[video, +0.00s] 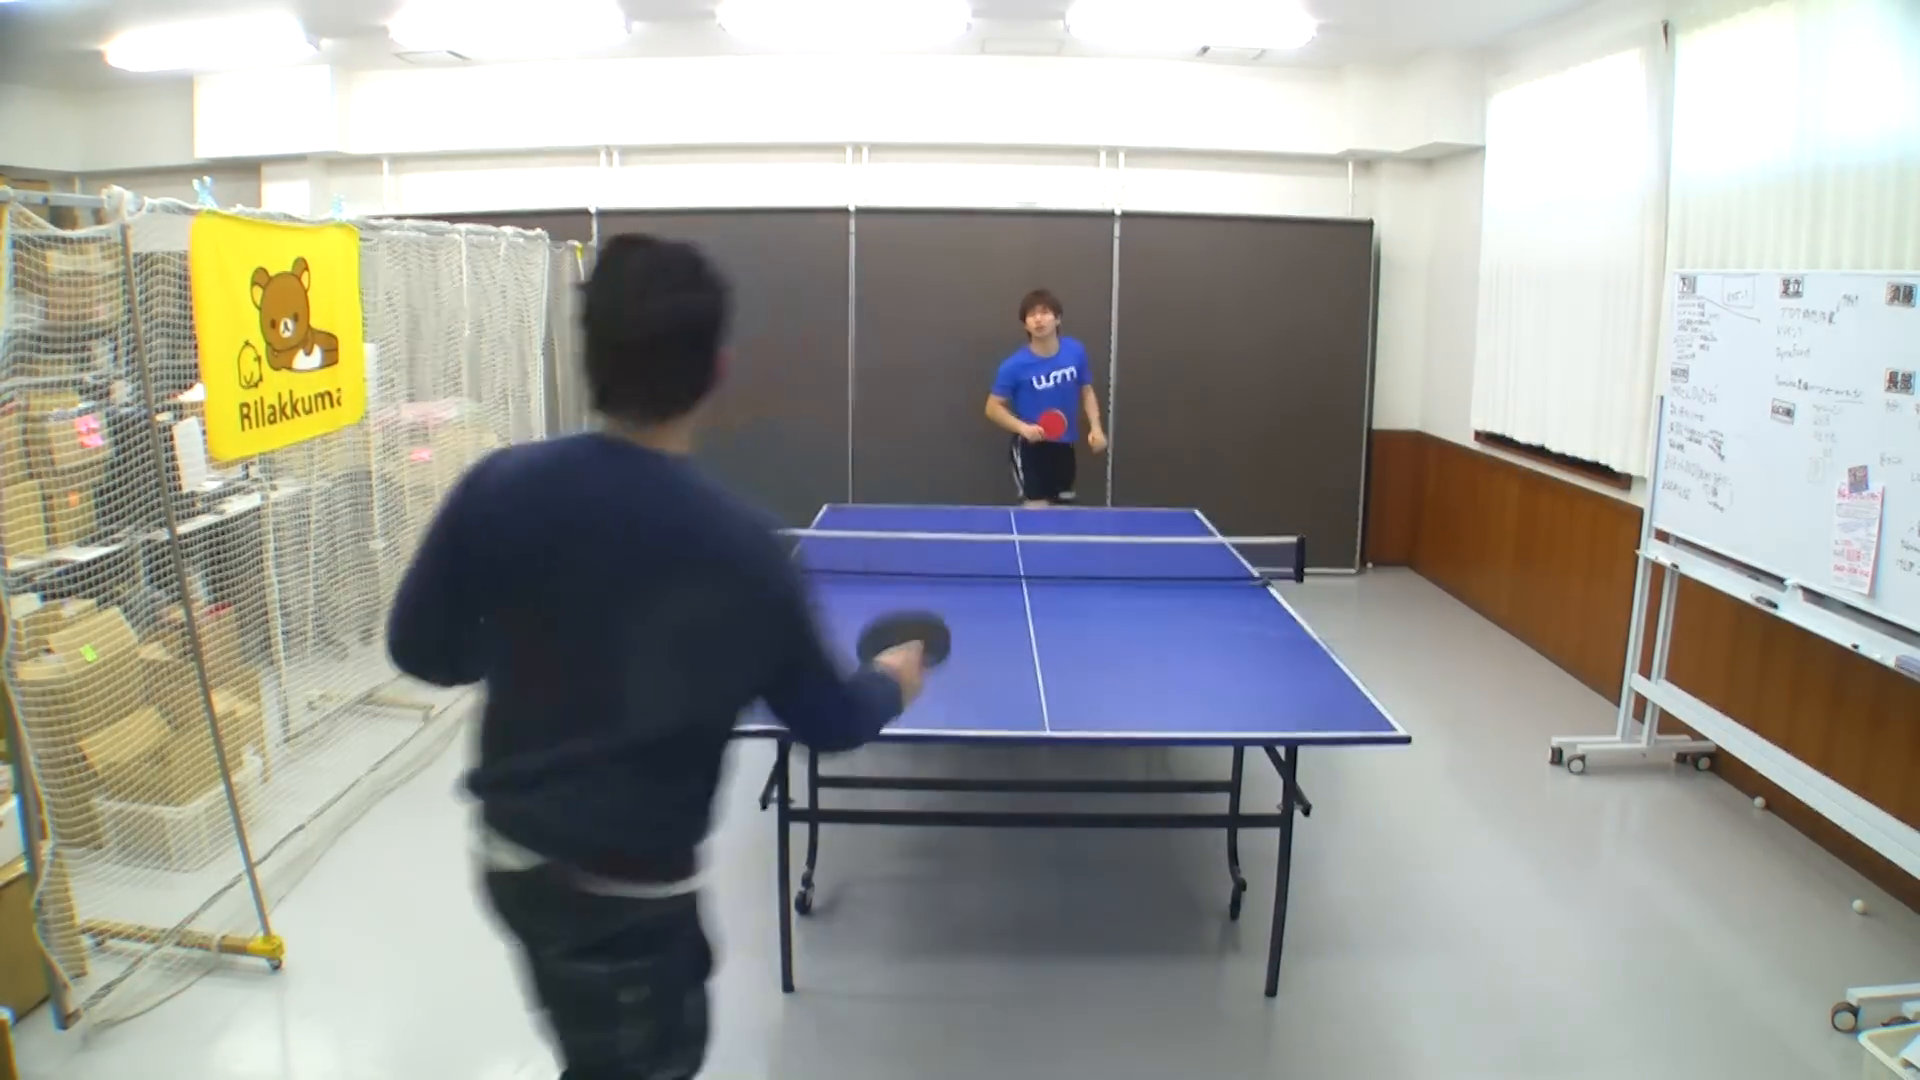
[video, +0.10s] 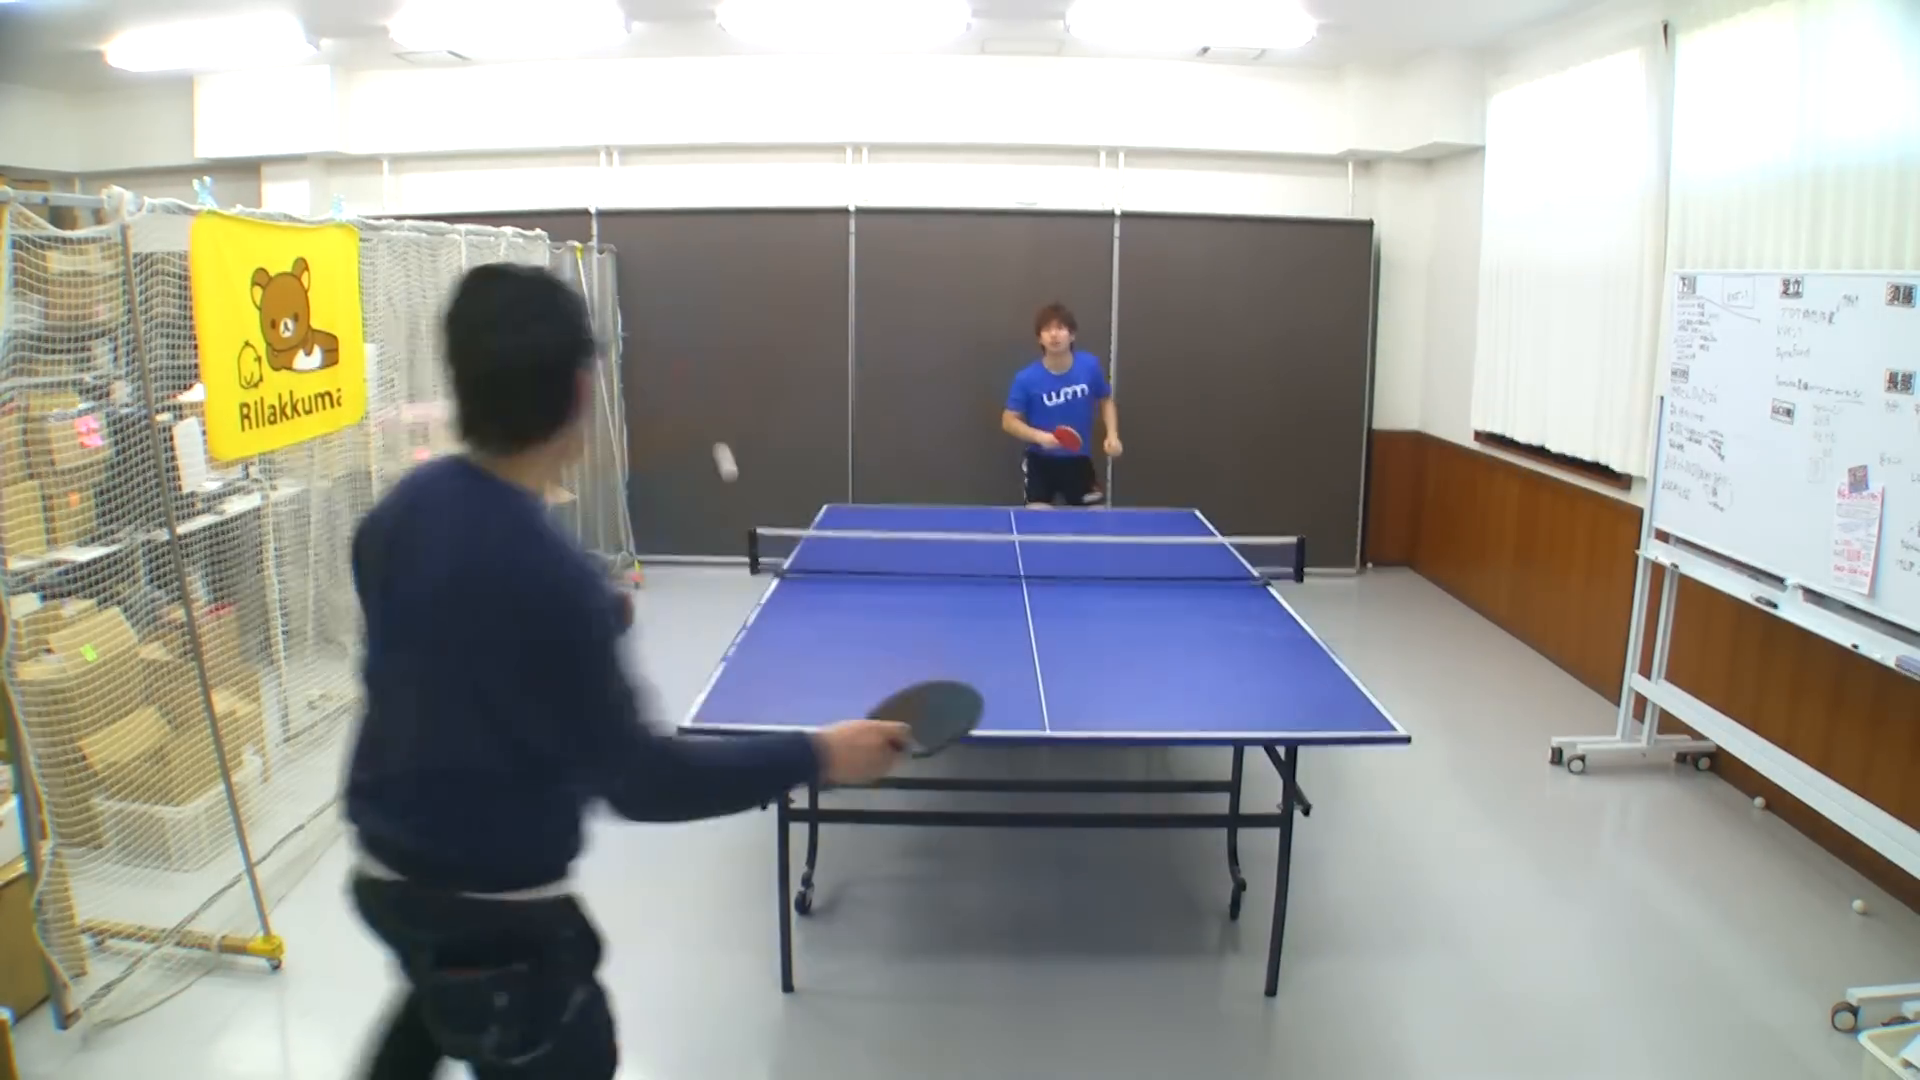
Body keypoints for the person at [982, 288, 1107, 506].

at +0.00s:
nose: (1039, 319)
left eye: (1045, 313)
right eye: (1032, 314)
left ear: (1057, 319)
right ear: (1025, 324)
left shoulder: (1075, 352)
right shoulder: (1013, 366)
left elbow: (1087, 390)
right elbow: (992, 407)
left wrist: (1095, 427)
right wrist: (1023, 428)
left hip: (1064, 444)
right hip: (1030, 445)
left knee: (1062, 512)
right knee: (1037, 511)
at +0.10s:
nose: (1054, 335)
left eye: (1060, 328)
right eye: (1048, 329)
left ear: (1071, 334)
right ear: (1040, 337)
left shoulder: (1088, 366)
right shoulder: (1026, 378)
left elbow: (1106, 399)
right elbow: (1009, 421)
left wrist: (1112, 435)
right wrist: (1040, 436)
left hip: (1078, 461)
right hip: (1041, 461)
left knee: (1095, 523)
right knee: (1038, 523)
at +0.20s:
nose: (1075, 347)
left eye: (1081, 341)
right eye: (1069, 341)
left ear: (1092, 348)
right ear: (1060, 349)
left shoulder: (1106, 379)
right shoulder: (1044, 387)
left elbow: (1133, 410)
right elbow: (1028, 429)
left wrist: (1133, 441)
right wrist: (1055, 442)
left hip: (1094, 469)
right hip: (1056, 470)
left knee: (1128, 517)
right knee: (1044, 525)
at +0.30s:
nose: (1099, 350)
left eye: (1106, 344)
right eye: (1093, 344)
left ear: (1117, 352)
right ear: (1085, 351)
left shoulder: (1133, 382)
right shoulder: (1069, 389)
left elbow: (1162, 417)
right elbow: (1055, 425)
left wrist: (1149, 443)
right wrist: (1069, 440)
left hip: (1120, 471)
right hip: (1080, 470)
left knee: (1154, 520)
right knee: (1056, 521)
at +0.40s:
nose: (1119, 343)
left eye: (1126, 337)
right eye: (1114, 336)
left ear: (1137, 344)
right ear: (1106, 343)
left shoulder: (1156, 374)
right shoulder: (1095, 379)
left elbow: (1183, 409)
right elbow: (1080, 412)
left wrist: (1159, 432)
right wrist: (1081, 428)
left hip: (1146, 461)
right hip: (1107, 460)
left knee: (1167, 519)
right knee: (1078, 513)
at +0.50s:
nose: (1131, 333)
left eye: (1138, 327)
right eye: (1125, 327)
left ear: (1149, 334)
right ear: (1118, 333)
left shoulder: (1171, 362)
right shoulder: (1109, 370)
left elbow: (1199, 395)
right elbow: (1093, 403)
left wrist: (1173, 414)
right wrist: (1088, 419)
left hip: (1167, 449)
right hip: (1130, 449)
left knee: (1178, 519)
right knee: (1106, 514)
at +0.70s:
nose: (1154, 345)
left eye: (1161, 339)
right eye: (1149, 339)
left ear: (1174, 345)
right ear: (1142, 346)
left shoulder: (1193, 372)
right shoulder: (1136, 383)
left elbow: (1222, 410)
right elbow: (1126, 416)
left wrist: (1183, 417)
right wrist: (1112, 429)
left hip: (1201, 459)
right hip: (1164, 461)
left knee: (1227, 521)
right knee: (1145, 520)